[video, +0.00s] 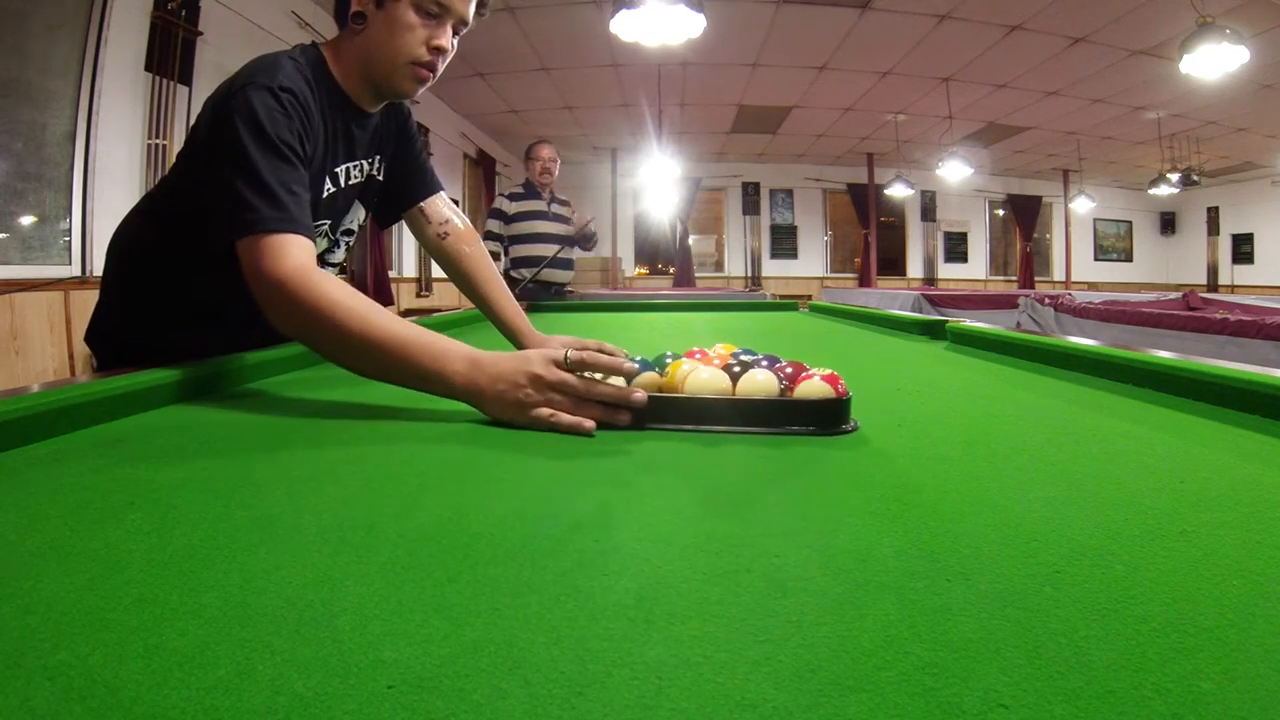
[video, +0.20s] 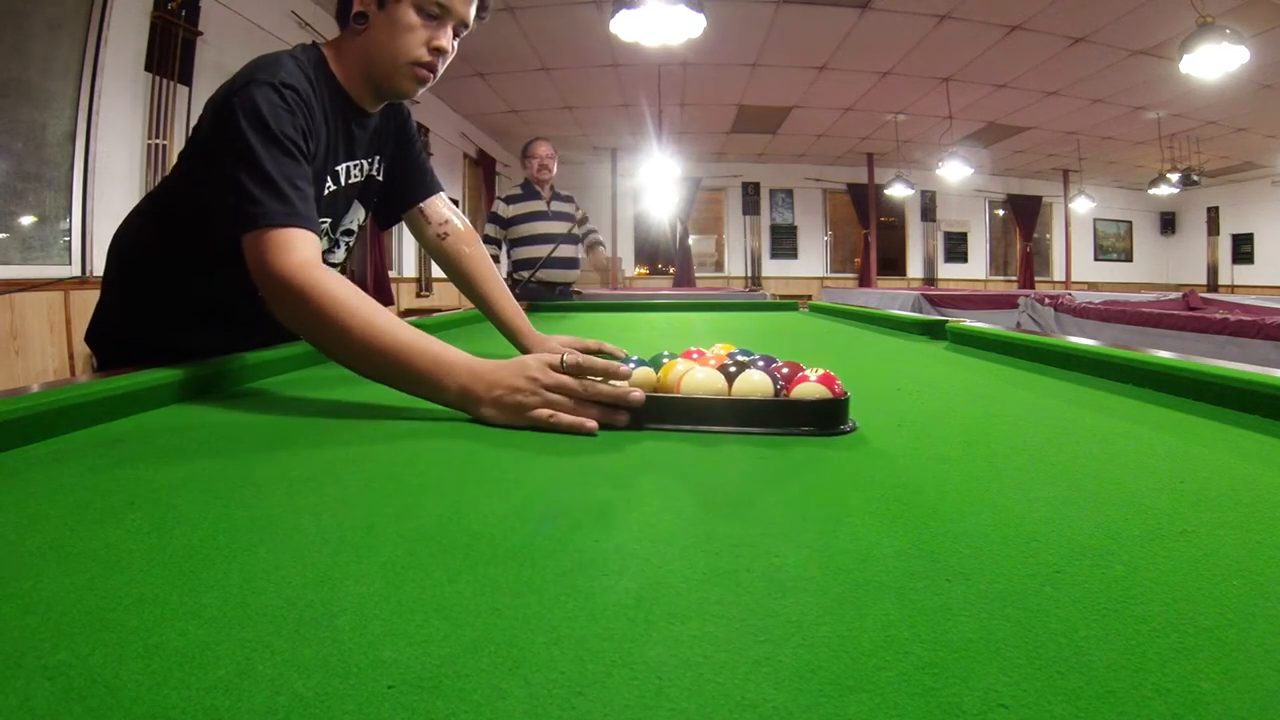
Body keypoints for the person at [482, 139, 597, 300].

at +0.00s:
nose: (546, 166)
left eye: (552, 161)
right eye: (539, 160)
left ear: (558, 167)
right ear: (527, 165)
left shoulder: (565, 206)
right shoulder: (508, 200)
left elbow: (587, 246)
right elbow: (491, 246)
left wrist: (586, 233)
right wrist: (495, 286)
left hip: (559, 294)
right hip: (522, 292)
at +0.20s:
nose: (544, 163)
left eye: (550, 157)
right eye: (537, 158)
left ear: (557, 163)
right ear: (525, 165)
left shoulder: (568, 202)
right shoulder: (507, 202)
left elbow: (587, 229)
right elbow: (490, 247)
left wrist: (596, 251)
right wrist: (495, 284)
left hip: (565, 295)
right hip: (527, 294)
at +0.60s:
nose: (543, 158)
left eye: (549, 153)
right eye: (535, 154)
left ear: (558, 160)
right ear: (525, 163)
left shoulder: (577, 199)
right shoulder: (508, 203)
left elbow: (597, 235)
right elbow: (492, 247)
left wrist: (612, 265)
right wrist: (498, 285)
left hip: (572, 296)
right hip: (528, 298)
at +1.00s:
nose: (565, 155)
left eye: (572, 151)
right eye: (558, 151)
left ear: (582, 162)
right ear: (549, 162)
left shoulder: (601, 202)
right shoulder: (529, 201)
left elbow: (616, 242)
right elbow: (514, 244)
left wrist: (632, 279)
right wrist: (516, 284)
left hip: (589, 297)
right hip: (544, 298)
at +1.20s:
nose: (583, 155)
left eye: (590, 150)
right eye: (577, 150)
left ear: (600, 158)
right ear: (568, 159)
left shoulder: (618, 203)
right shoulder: (546, 200)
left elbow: (632, 244)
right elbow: (531, 243)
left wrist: (641, 282)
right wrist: (531, 282)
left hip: (605, 299)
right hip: (558, 299)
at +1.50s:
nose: (609, 154)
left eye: (617, 150)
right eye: (602, 149)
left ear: (625, 157)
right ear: (593, 157)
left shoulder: (638, 203)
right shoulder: (569, 198)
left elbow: (649, 246)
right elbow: (551, 242)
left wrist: (649, 285)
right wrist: (549, 284)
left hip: (619, 300)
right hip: (574, 298)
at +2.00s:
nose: (588, 157)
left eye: (596, 151)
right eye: (586, 152)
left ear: (616, 158)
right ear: (583, 155)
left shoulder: (634, 200)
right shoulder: (565, 197)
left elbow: (644, 243)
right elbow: (546, 241)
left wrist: (648, 286)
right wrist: (546, 284)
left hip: (615, 298)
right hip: (570, 297)